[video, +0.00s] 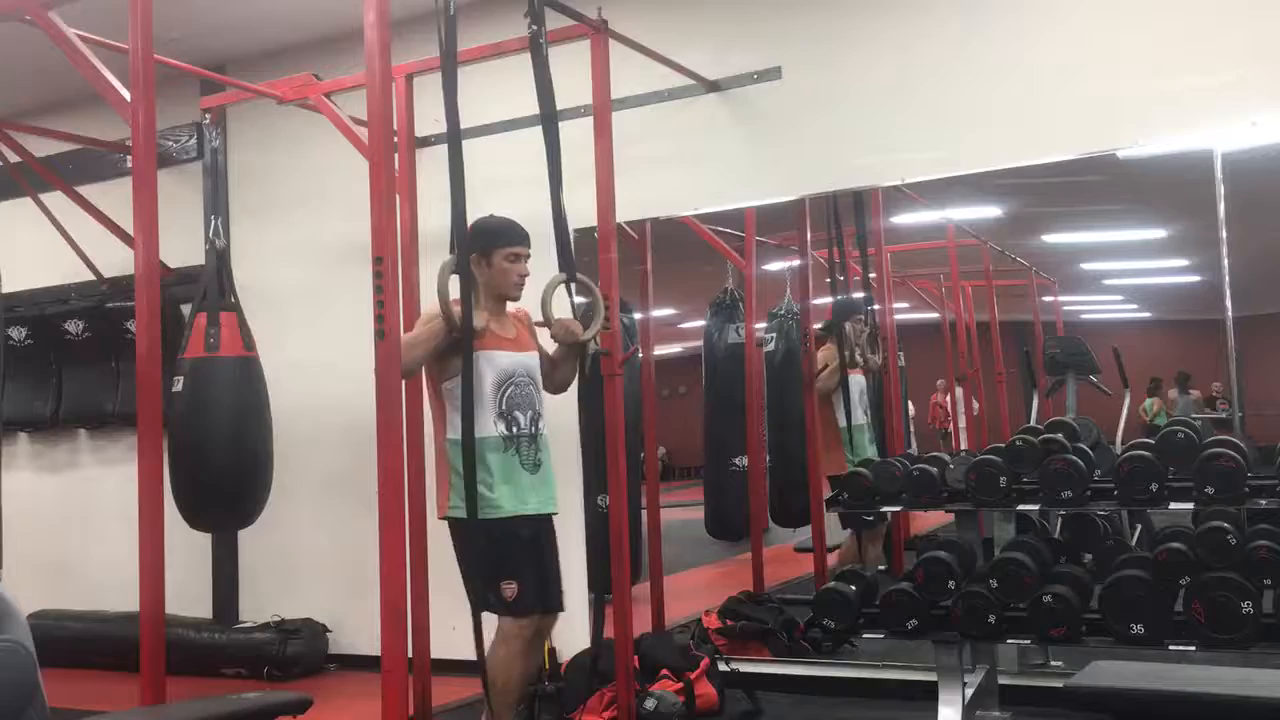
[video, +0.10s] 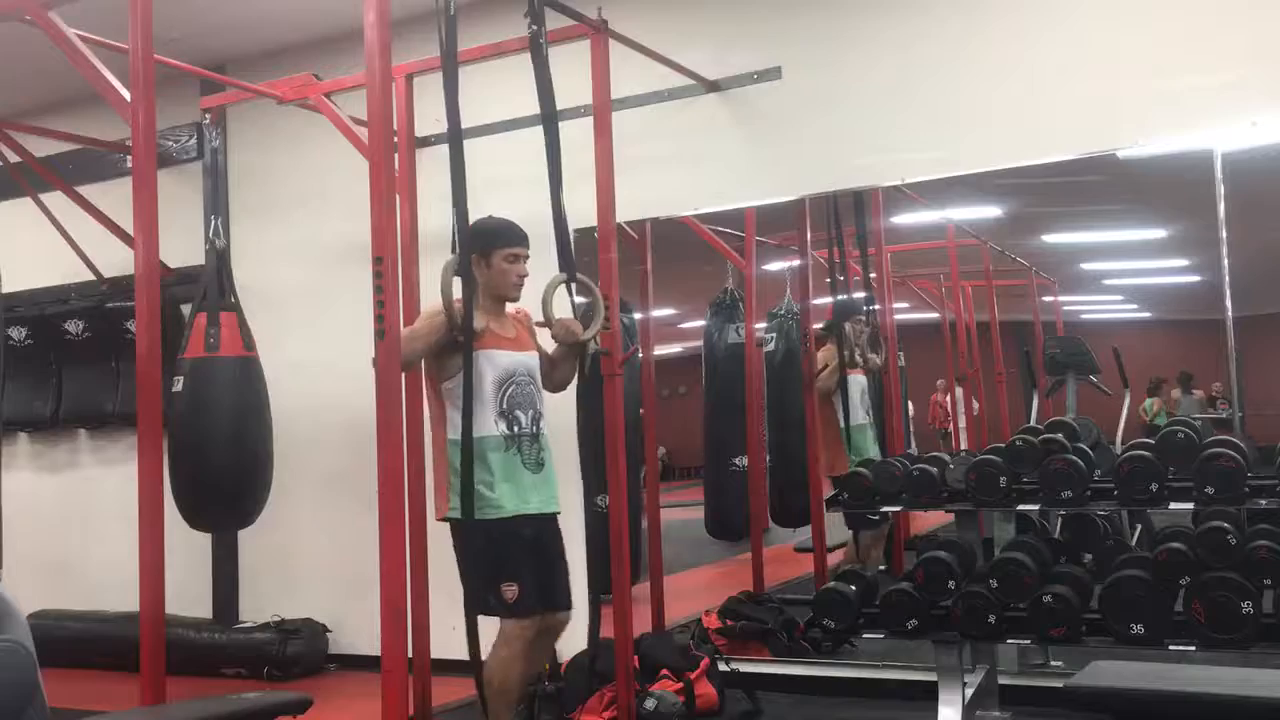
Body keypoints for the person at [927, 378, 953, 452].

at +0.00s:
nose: (941, 387)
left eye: (942, 385)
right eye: (939, 385)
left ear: (945, 386)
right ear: (937, 386)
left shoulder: (947, 396)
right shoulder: (934, 397)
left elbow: (949, 407)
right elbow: (931, 410)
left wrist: (940, 403)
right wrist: (930, 420)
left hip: (947, 420)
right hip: (938, 421)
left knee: (948, 437)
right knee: (941, 438)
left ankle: (950, 450)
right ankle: (942, 451)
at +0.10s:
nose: (941, 387)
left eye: (942, 385)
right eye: (939, 385)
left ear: (945, 386)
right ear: (937, 386)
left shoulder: (947, 396)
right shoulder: (934, 397)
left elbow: (950, 407)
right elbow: (931, 410)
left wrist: (941, 403)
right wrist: (931, 421)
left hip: (947, 421)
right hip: (938, 421)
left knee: (948, 437)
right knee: (941, 439)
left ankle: (950, 451)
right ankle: (942, 451)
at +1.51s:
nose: (942, 387)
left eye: (944, 385)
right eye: (941, 385)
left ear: (947, 386)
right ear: (939, 386)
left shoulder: (949, 396)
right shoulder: (937, 396)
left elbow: (952, 408)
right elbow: (935, 410)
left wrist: (952, 421)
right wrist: (933, 420)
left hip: (949, 422)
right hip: (940, 422)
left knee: (951, 438)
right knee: (942, 439)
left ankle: (953, 451)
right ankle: (943, 452)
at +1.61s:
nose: (942, 387)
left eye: (944, 385)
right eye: (941, 385)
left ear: (947, 386)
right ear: (939, 386)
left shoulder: (949, 396)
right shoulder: (937, 396)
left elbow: (951, 409)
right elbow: (935, 409)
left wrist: (953, 421)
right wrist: (933, 420)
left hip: (949, 422)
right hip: (940, 422)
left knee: (951, 438)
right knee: (942, 439)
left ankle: (952, 451)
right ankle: (943, 452)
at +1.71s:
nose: (943, 387)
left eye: (944, 385)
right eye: (941, 386)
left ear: (948, 386)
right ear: (940, 386)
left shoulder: (949, 396)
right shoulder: (937, 396)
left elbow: (952, 409)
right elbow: (935, 409)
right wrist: (933, 420)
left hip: (949, 422)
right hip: (940, 422)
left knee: (951, 439)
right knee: (942, 439)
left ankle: (952, 452)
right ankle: (944, 452)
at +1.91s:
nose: (942, 387)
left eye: (944, 385)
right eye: (941, 385)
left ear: (948, 386)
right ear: (939, 386)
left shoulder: (950, 396)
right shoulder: (937, 397)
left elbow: (952, 409)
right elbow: (935, 409)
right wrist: (933, 420)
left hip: (949, 422)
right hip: (940, 422)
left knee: (950, 438)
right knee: (942, 439)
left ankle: (952, 452)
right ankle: (944, 452)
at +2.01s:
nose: (943, 387)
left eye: (944, 385)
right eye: (941, 385)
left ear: (948, 386)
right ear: (939, 386)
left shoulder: (950, 396)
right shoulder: (937, 397)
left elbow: (953, 408)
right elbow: (935, 409)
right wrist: (933, 421)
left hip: (949, 422)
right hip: (940, 422)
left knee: (951, 438)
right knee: (942, 439)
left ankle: (952, 452)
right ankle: (944, 453)